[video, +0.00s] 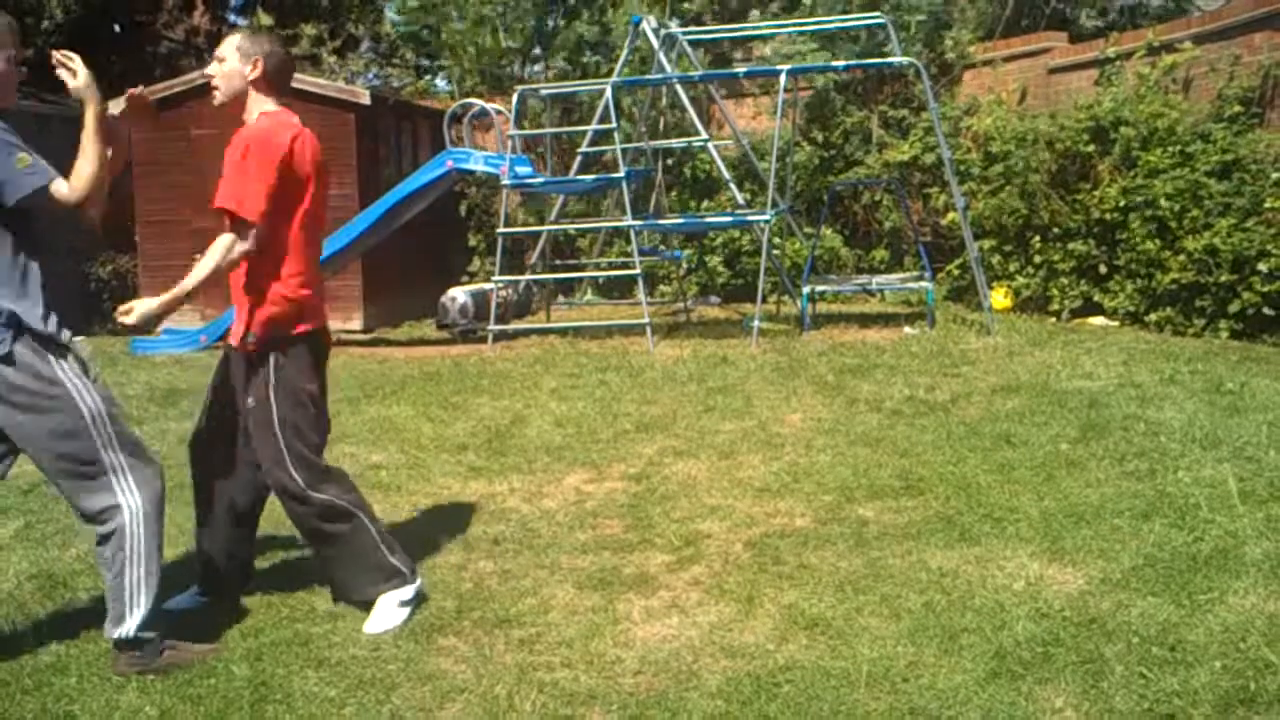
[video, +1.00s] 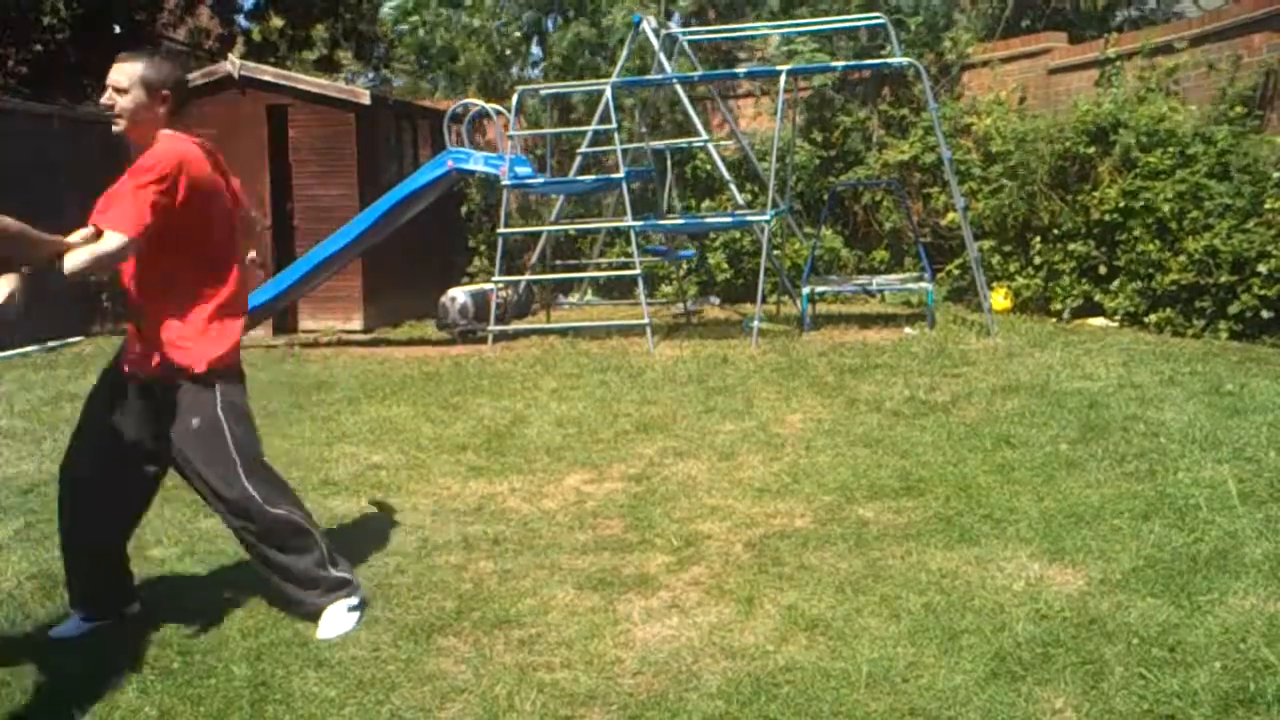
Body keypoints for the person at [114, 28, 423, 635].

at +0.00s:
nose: (210, 73)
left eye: (220, 62)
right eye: (214, 61)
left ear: (252, 70)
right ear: (259, 73)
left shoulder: (264, 132)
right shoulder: (294, 133)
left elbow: (239, 239)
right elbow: (295, 239)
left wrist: (162, 301)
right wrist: (249, 316)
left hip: (280, 331)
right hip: (262, 330)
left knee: (295, 470)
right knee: (218, 452)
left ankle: (394, 581)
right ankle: (219, 585)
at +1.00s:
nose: (107, 99)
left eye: (119, 90)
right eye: (108, 89)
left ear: (160, 100)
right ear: (153, 102)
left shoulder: (170, 157)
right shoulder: (189, 153)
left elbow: (114, 245)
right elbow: (247, 218)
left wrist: (34, 277)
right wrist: (254, 262)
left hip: (198, 363)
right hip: (146, 358)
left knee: (242, 488)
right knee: (89, 484)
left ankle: (333, 591)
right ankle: (101, 602)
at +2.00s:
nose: (334, 83)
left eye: (347, 69)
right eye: (330, 73)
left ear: (393, 74)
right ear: (351, 83)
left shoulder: (423, 124)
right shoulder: (371, 147)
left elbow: (355, 117)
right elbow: (360, 252)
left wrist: (260, 25)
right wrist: (283, 289)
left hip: (427, 367)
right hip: (366, 372)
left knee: (438, 523)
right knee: (319, 526)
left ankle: (543, 672)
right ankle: (312, 652)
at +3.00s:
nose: (771, 83)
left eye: (776, 65)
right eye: (769, 67)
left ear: (824, 55)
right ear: (837, 55)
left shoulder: (843, 115)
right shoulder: (916, 111)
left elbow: (823, 243)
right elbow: (876, 218)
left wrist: (767, 207)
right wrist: (797, 155)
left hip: (879, 396)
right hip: (966, 388)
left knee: (758, 564)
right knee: (1056, 543)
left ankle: (731, 705)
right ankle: (1237, 679)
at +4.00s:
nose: (851, 34)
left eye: (852, 15)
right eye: (848, 19)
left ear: (897, 4)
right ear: (924, 7)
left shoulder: (921, 55)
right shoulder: (998, 55)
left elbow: (856, 183)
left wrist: (829, 112)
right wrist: (853, 103)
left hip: (946, 341)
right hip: (1027, 338)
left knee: (835, 492)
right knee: (994, 507)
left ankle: (862, 687)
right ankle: (1068, 681)